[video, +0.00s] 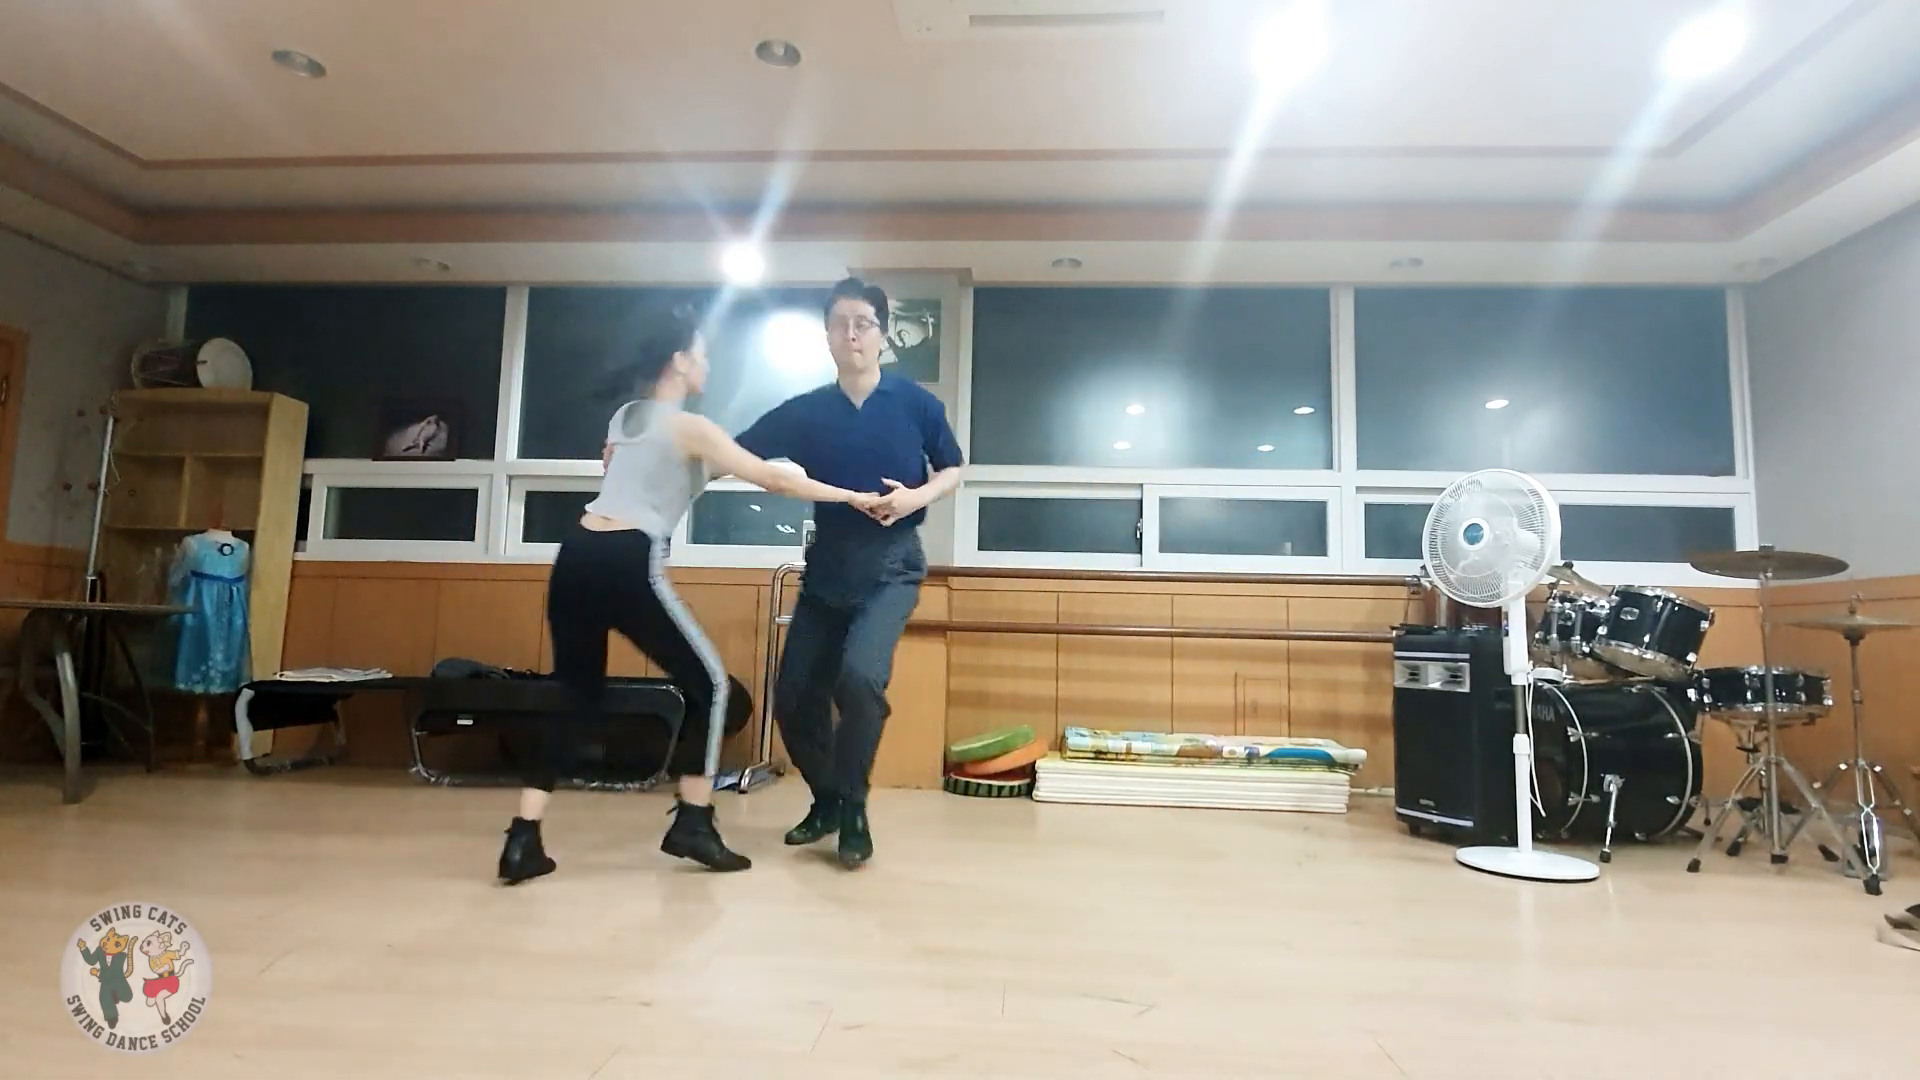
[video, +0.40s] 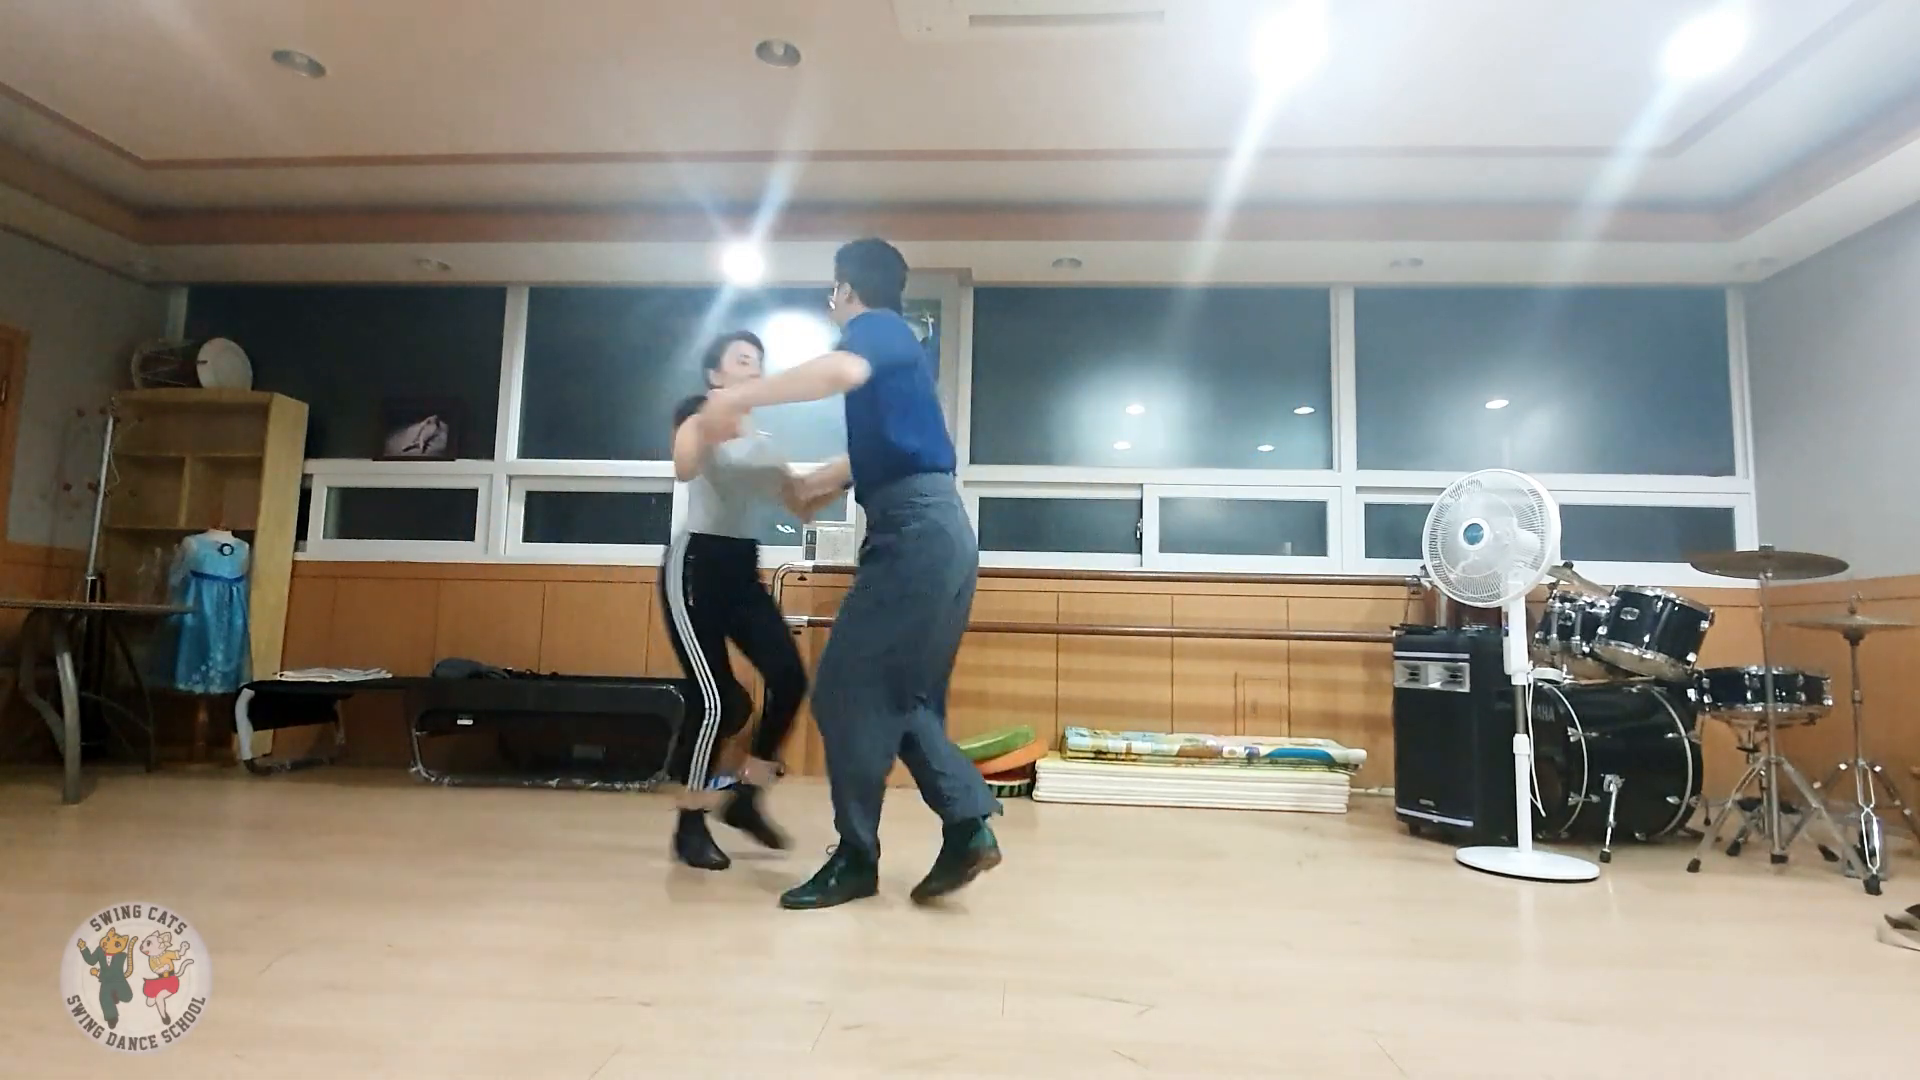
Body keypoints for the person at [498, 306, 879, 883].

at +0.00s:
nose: (706, 366)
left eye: (704, 355)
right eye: (700, 356)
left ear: (661, 365)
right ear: (676, 363)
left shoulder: (622, 420)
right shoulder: (691, 428)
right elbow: (770, 477)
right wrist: (851, 495)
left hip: (574, 566)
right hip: (630, 570)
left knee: (573, 695)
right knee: (710, 686)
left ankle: (522, 837)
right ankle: (693, 824)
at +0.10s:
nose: (693, 365)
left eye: (688, 355)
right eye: (684, 356)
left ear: (651, 372)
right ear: (658, 369)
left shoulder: (634, 430)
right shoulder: (662, 432)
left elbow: (677, 496)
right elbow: (750, 482)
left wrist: (741, 481)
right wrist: (834, 497)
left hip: (558, 572)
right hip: (596, 575)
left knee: (563, 700)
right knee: (661, 696)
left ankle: (517, 833)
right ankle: (673, 827)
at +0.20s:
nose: (698, 366)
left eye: (695, 357)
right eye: (687, 357)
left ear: (664, 371)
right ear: (656, 369)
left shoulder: (664, 433)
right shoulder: (651, 424)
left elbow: (707, 493)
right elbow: (736, 464)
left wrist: (745, 469)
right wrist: (836, 473)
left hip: (602, 568)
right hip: (607, 568)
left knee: (613, 697)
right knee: (659, 697)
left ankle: (529, 808)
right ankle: (665, 829)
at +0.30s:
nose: (721, 366)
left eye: (719, 357)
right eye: (708, 358)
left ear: (707, 371)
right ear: (676, 370)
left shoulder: (714, 434)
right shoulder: (669, 422)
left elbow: (751, 488)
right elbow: (713, 457)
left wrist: (796, 452)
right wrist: (781, 449)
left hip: (674, 571)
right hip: (647, 568)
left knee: (717, 697)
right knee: (684, 698)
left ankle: (616, 770)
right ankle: (669, 828)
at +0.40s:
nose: (751, 368)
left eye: (757, 361)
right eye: (740, 360)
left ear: (763, 376)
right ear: (714, 373)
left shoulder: (762, 440)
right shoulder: (697, 421)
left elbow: (800, 502)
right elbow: (684, 466)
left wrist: (850, 467)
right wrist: (708, 418)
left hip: (739, 575)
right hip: (692, 573)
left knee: (788, 682)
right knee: (718, 700)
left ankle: (746, 799)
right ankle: (691, 823)